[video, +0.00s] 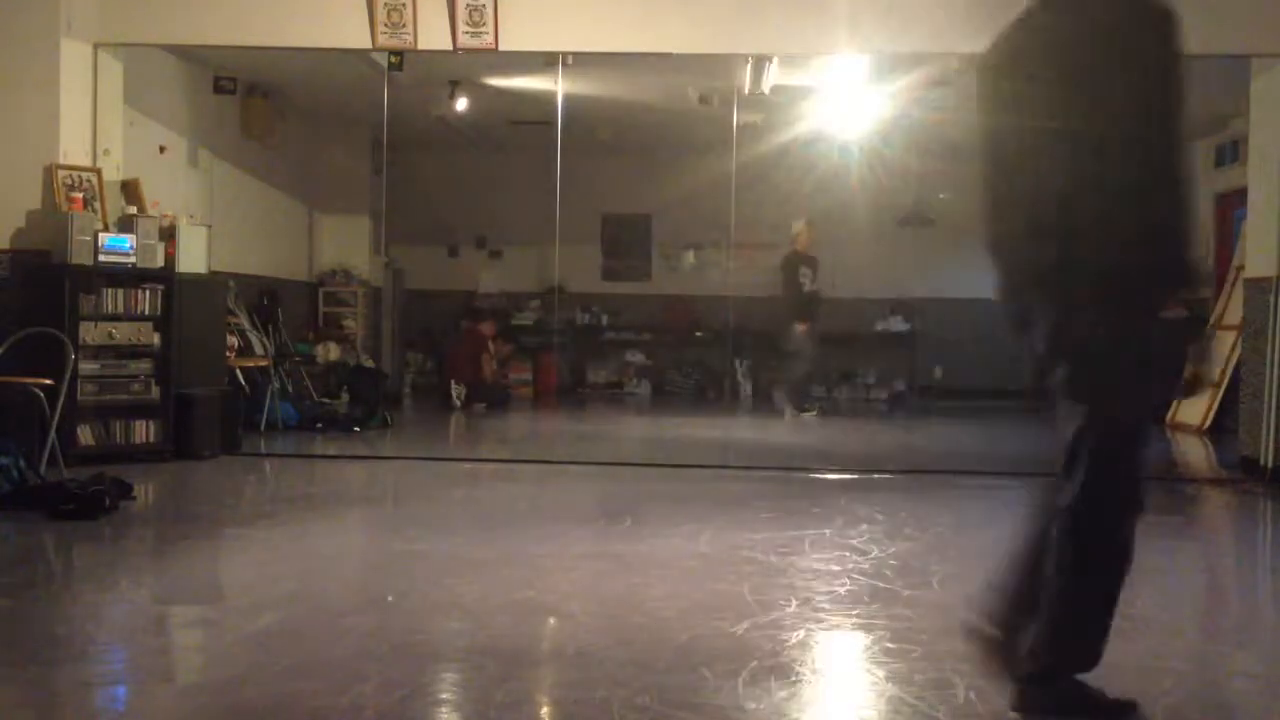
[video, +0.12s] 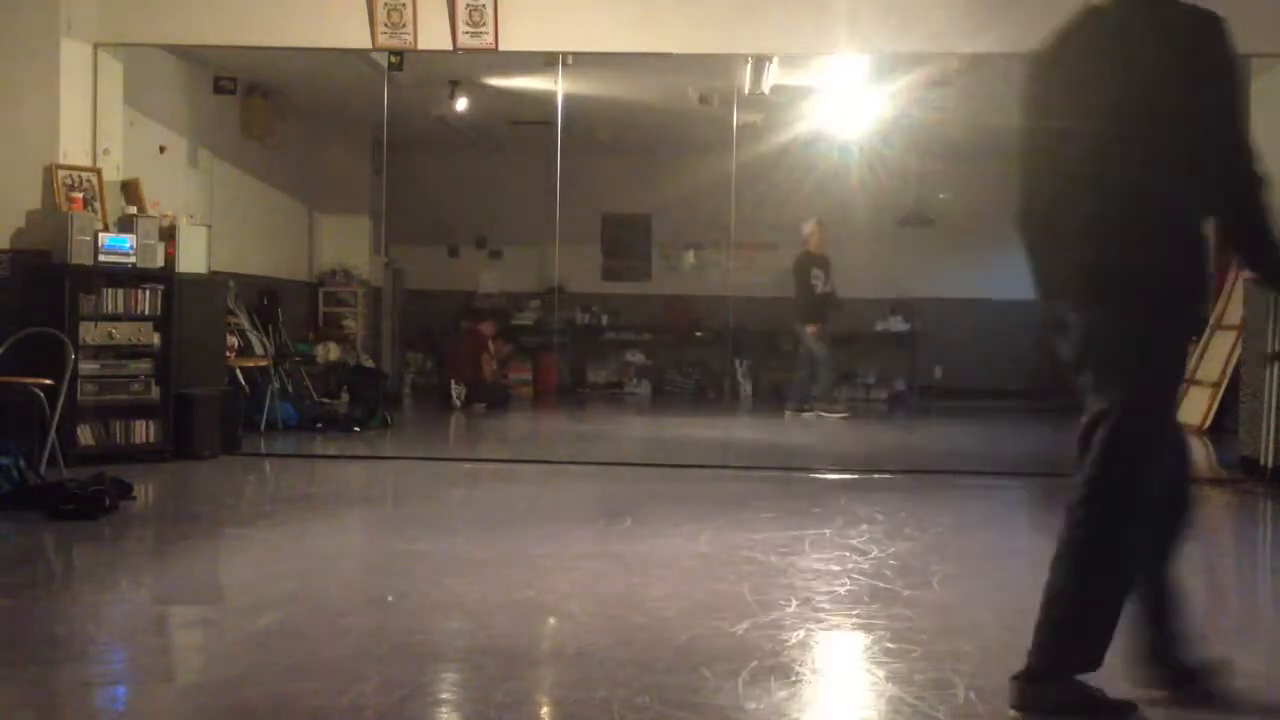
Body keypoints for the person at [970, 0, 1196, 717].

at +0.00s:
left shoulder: (1015, 43)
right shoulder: (1138, 21)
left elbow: (1013, 190)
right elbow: (1145, 166)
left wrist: (1029, 299)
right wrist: (1171, 283)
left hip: (1056, 293)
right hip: (1115, 297)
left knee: (1096, 461)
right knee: (1108, 479)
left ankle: (1014, 618)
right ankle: (1051, 673)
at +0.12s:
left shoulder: (1061, 46)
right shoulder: (1193, 31)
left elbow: (1039, 195)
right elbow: (1225, 168)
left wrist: (1061, 296)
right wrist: (1260, 253)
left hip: (1074, 292)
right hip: (1157, 286)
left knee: (1156, 472)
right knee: (1119, 477)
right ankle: (1052, 674)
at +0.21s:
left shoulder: (1090, 64)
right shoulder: (1225, 51)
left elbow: (1070, 208)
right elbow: (1262, 189)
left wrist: (1067, 331)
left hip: (1097, 305)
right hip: (1178, 305)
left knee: (1180, 491)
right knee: (1127, 491)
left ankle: (1255, 656)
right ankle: (1053, 671)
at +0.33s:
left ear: (1177, 5)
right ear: (1236, 0)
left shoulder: (1133, 75)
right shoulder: (1259, 59)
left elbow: (1121, 219)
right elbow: (1253, 206)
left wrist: (1124, 340)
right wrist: (1257, 313)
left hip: (1154, 318)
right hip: (1228, 317)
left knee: (1241, 493)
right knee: (1181, 491)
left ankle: (1279, 636)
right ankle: (1071, 649)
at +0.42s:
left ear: (1206, 9)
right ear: (1259, 4)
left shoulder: (1166, 79)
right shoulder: (1265, 62)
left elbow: (1155, 224)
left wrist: (1163, 342)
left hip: (1201, 324)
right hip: (1257, 324)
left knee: (1256, 495)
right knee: (1251, 492)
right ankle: (1117, 628)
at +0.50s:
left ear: (1235, 9)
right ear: (1271, 10)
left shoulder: (1192, 73)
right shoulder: (1259, 65)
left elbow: (1180, 217)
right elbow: (1186, 220)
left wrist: (1193, 330)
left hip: (1223, 310)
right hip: (1264, 310)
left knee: (1260, 473)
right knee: (1277, 481)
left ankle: (1278, 637)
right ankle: (1189, 597)